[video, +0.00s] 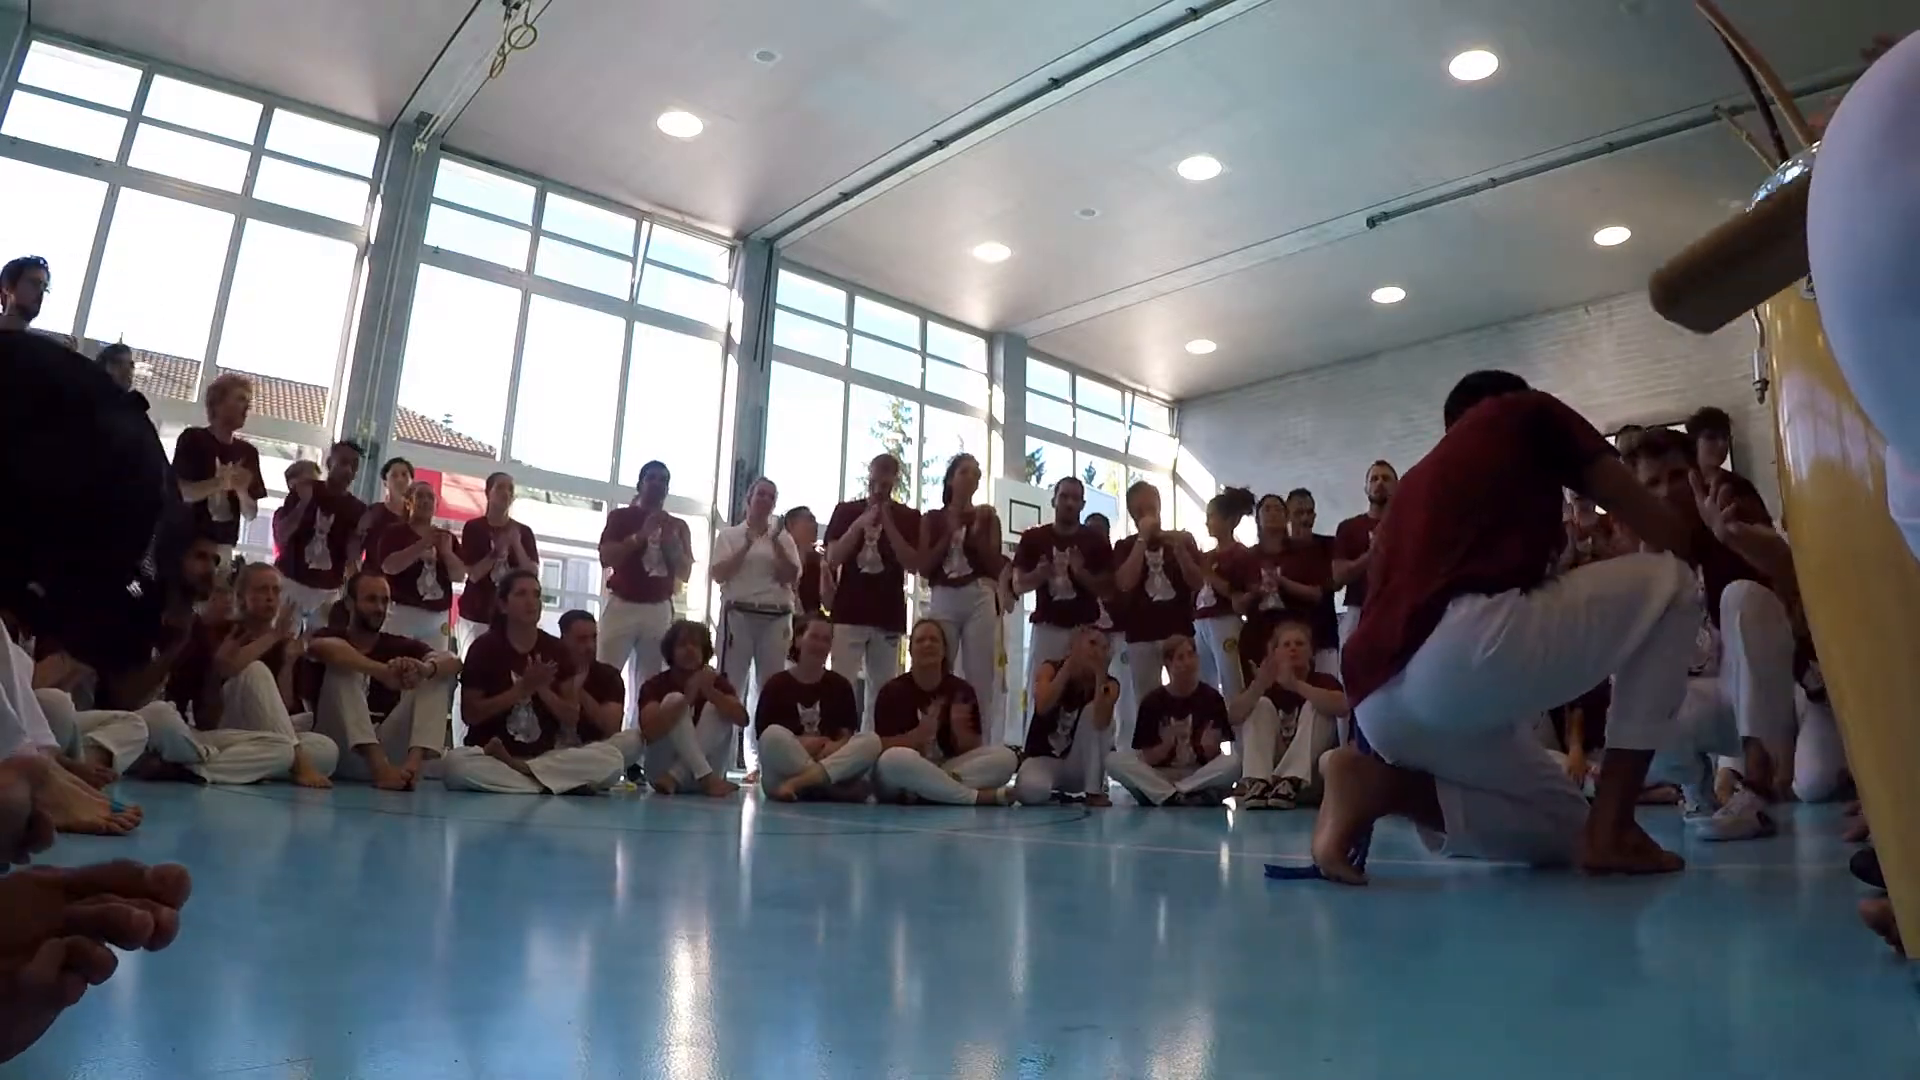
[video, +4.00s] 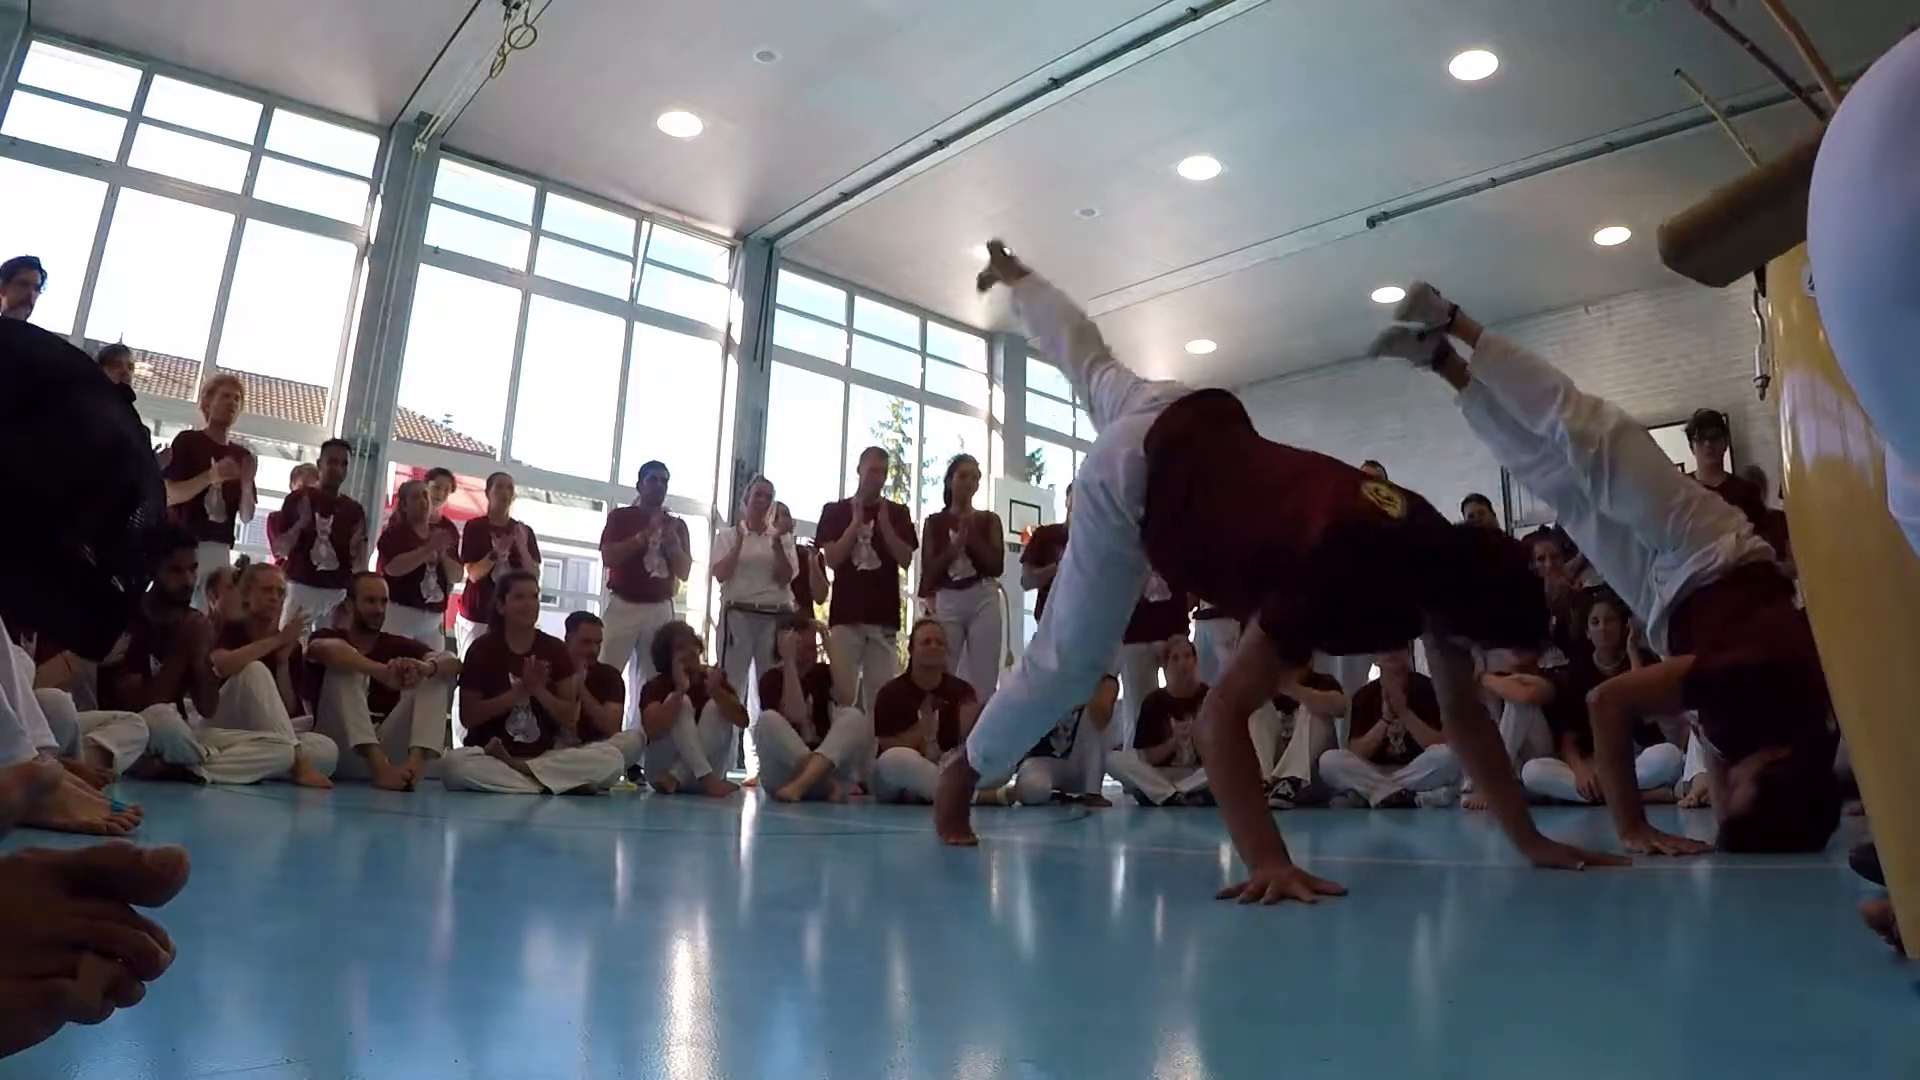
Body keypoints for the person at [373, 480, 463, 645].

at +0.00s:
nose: (425, 501)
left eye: (430, 497)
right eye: (420, 496)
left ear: (436, 504)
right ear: (409, 502)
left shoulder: (447, 538)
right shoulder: (395, 532)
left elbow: (459, 576)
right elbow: (388, 567)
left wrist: (447, 552)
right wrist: (422, 544)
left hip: (437, 614)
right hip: (401, 610)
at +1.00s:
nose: (429, 502)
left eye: (432, 498)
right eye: (423, 497)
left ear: (436, 504)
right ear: (409, 503)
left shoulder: (445, 538)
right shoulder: (395, 533)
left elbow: (459, 576)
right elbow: (394, 568)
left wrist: (444, 559)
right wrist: (430, 546)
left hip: (436, 614)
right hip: (402, 611)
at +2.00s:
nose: (429, 502)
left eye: (432, 497)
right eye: (423, 496)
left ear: (436, 502)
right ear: (407, 501)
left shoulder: (441, 537)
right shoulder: (397, 532)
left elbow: (456, 579)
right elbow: (392, 569)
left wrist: (457, 551)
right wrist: (427, 548)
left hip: (434, 614)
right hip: (401, 610)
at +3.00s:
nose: (427, 502)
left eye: (430, 497)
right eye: (421, 497)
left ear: (433, 502)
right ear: (407, 503)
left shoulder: (441, 536)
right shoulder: (396, 531)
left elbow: (457, 577)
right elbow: (392, 568)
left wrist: (446, 552)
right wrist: (430, 549)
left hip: (433, 614)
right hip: (401, 610)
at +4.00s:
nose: (424, 502)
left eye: (426, 496)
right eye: (417, 497)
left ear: (431, 500)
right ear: (403, 504)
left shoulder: (440, 534)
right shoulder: (392, 535)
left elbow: (457, 577)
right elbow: (392, 569)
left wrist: (443, 554)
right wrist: (430, 548)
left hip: (434, 615)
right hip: (400, 612)